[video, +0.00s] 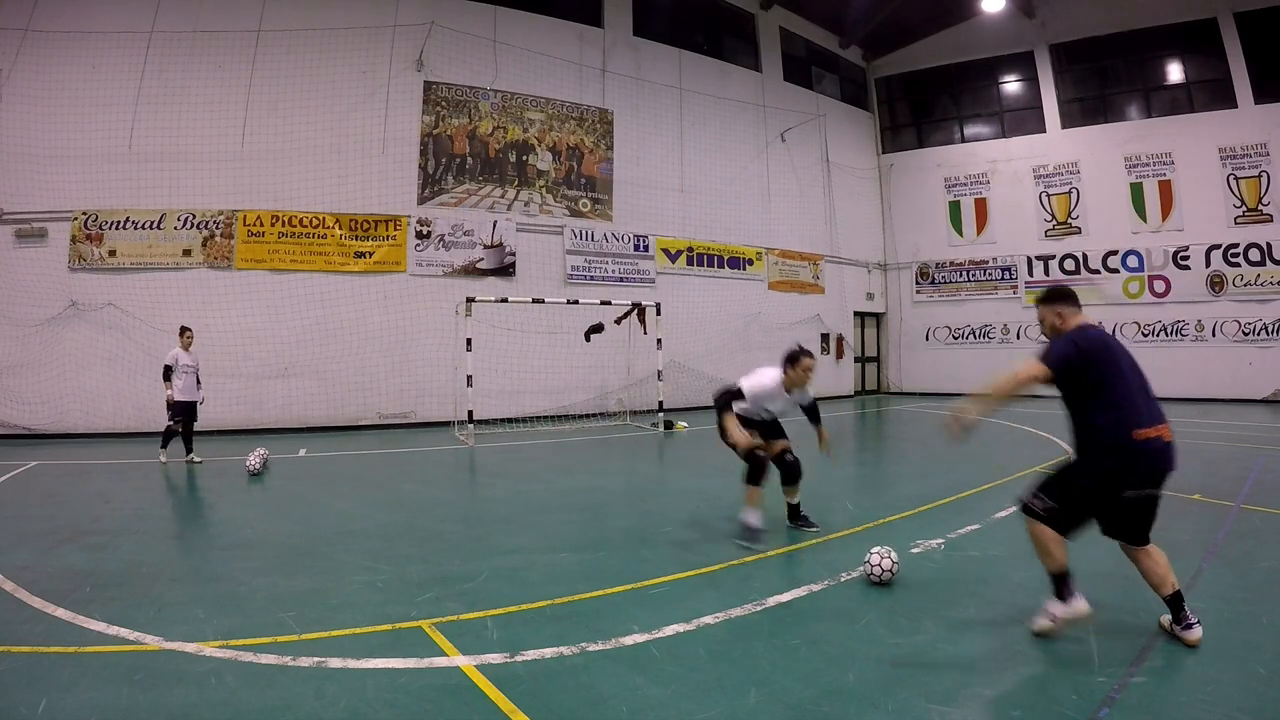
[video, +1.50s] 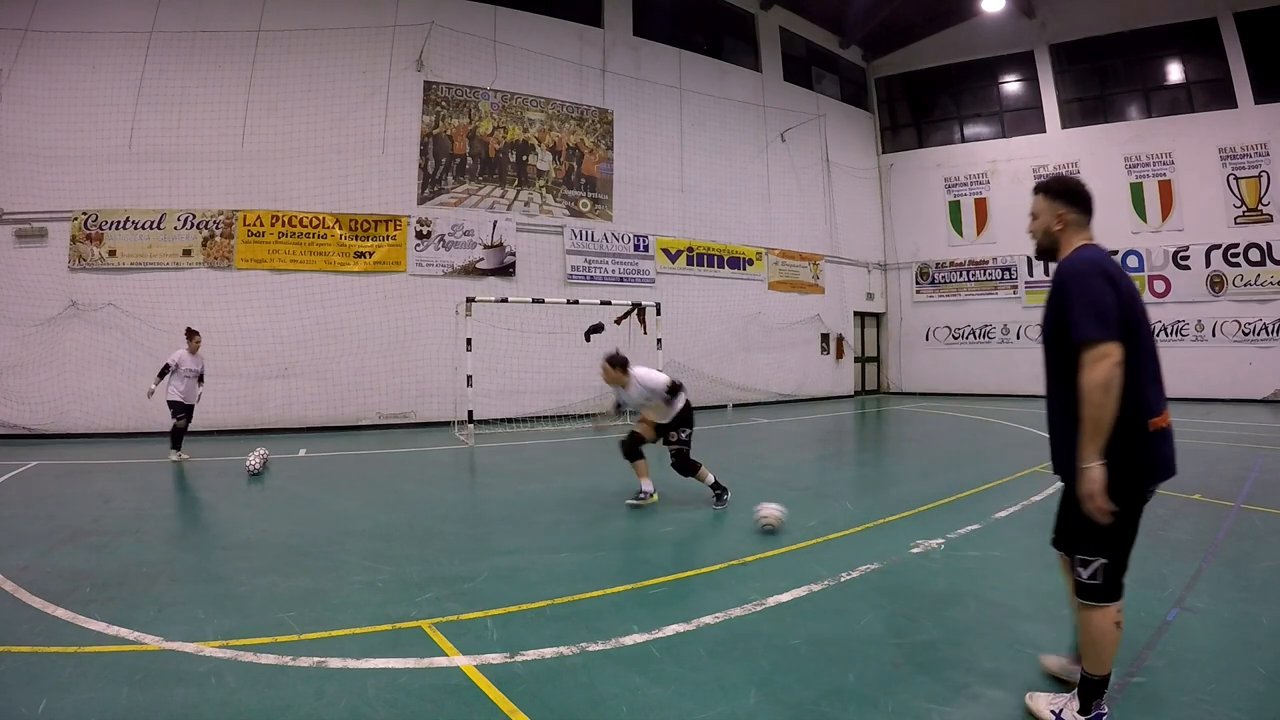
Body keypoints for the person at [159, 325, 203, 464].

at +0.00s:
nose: (190, 340)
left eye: (192, 338)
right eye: (188, 338)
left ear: (193, 339)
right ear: (180, 338)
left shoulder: (193, 356)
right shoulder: (174, 354)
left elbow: (196, 375)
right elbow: (166, 373)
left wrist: (200, 391)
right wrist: (169, 391)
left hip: (191, 398)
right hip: (177, 398)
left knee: (188, 427)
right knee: (175, 425)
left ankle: (189, 454)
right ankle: (163, 449)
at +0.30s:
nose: (180, 341)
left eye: (181, 339)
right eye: (177, 338)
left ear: (182, 340)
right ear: (170, 339)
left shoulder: (183, 357)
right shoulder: (163, 355)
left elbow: (186, 376)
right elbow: (156, 373)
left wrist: (190, 391)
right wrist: (161, 391)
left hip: (183, 398)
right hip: (167, 398)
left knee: (184, 427)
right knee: (164, 426)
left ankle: (189, 453)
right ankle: (160, 452)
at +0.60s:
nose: (173, 341)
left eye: (174, 338)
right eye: (170, 338)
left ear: (176, 340)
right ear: (163, 339)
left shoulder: (176, 356)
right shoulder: (156, 355)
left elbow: (179, 376)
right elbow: (148, 374)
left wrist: (182, 391)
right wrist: (147, 394)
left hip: (176, 397)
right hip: (159, 398)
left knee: (182, 424)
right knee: (160, 425)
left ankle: (185, 452)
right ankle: (160, 452)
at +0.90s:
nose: (178, 341)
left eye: (179, 339)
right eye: (176, 339)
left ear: (180, 339)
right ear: (168, 339)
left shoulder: (180, 356)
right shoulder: (160, 355)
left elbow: (182, 375)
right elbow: (151, 375)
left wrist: (185, 390)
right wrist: (150, 393)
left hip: (178, 397)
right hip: (162, 397)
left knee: (179, 424)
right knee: (162, 425)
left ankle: (176, 451)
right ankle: (160, 452)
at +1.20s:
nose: (186, 342)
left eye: (187, 340)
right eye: (184, 340)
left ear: (187, 340)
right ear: (176, 340)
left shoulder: (186, 356)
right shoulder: (168, 355)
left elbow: (187, 374)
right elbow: (159, 373)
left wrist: (190, 388)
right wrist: (160, 391)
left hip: (183, 398)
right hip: (168, 398)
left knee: (180, 426)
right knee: (164, 425)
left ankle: (177, 451)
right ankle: (160, 452)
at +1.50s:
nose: (199, 345)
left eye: (200, 342)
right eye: (196, 342)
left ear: (199, 343)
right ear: (189, 342)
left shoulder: (199, 359)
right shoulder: (179, 355)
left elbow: (201, 376)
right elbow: (165, 369)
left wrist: (200, 388)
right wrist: (153, 385)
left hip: (190, 397)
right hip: (175, 395)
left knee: (185, 424)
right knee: (181, 421)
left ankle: (178, 450)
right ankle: (173, 450)